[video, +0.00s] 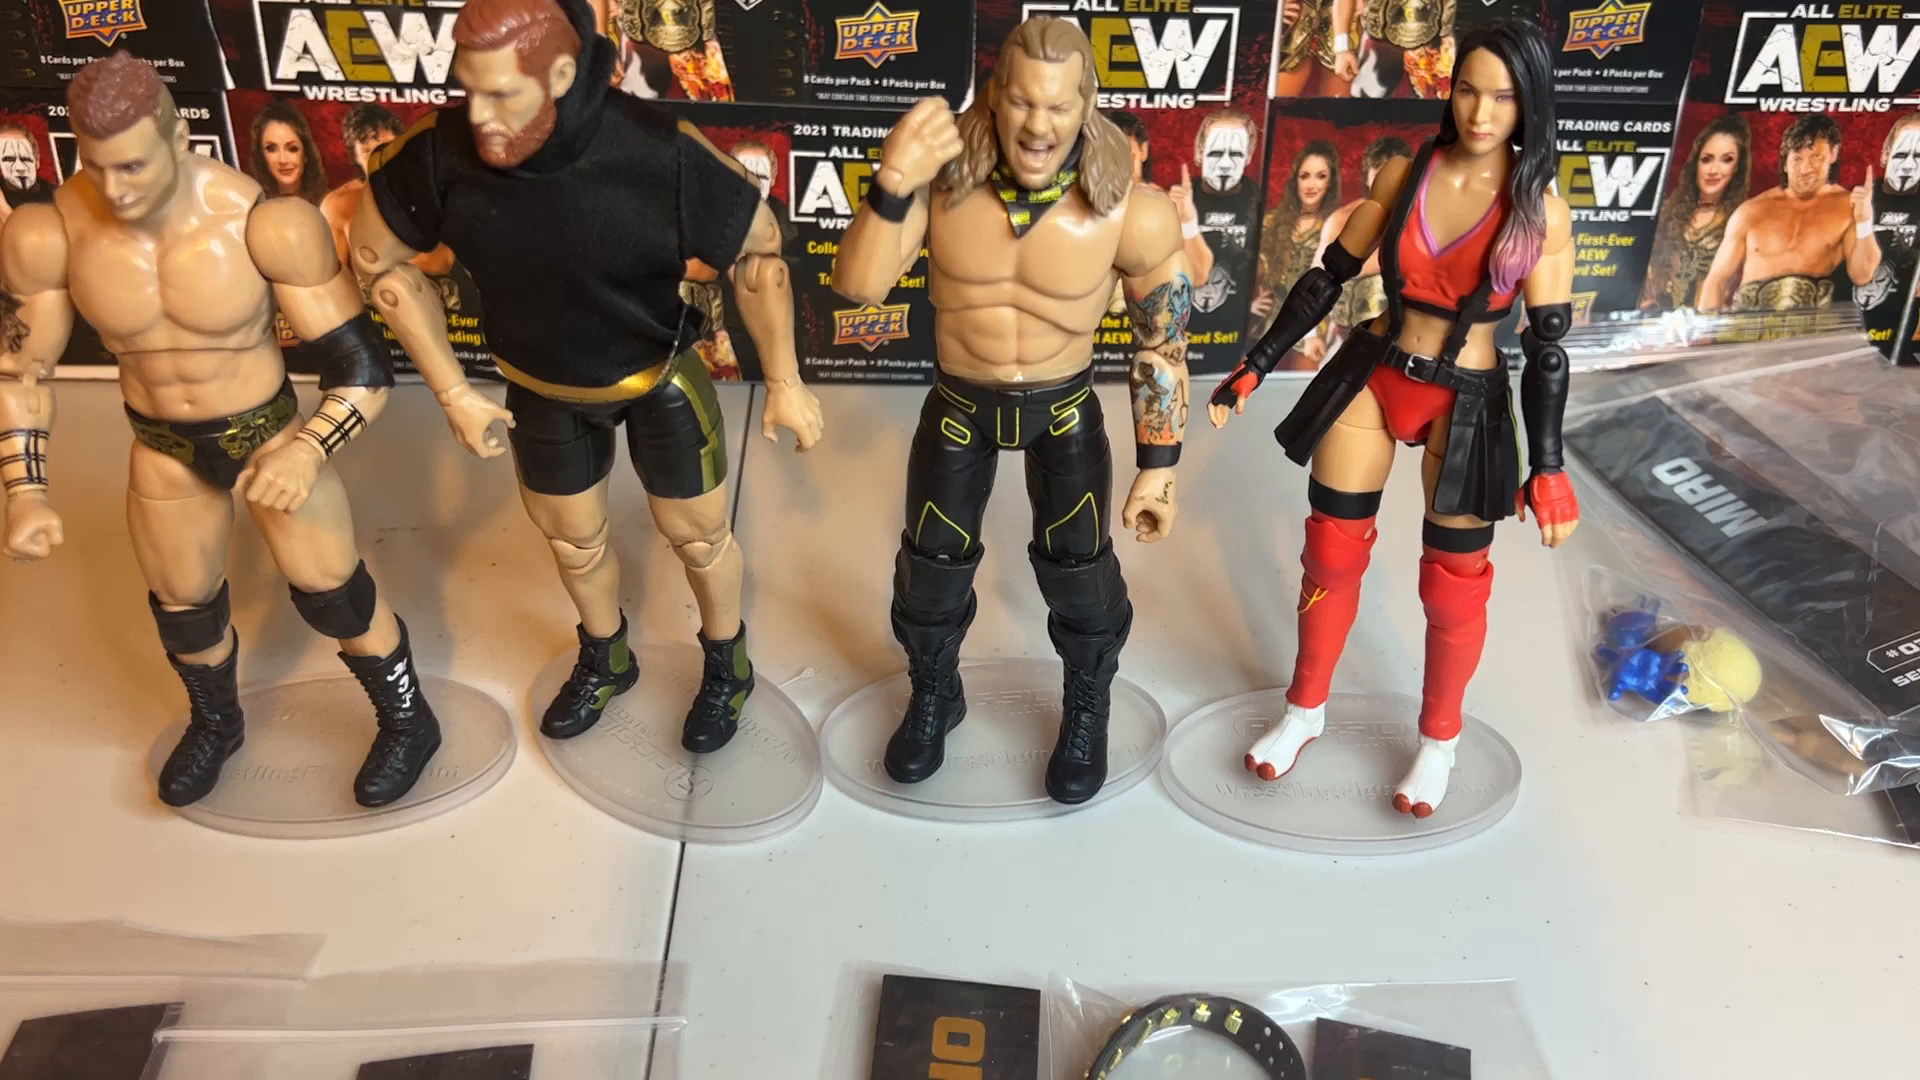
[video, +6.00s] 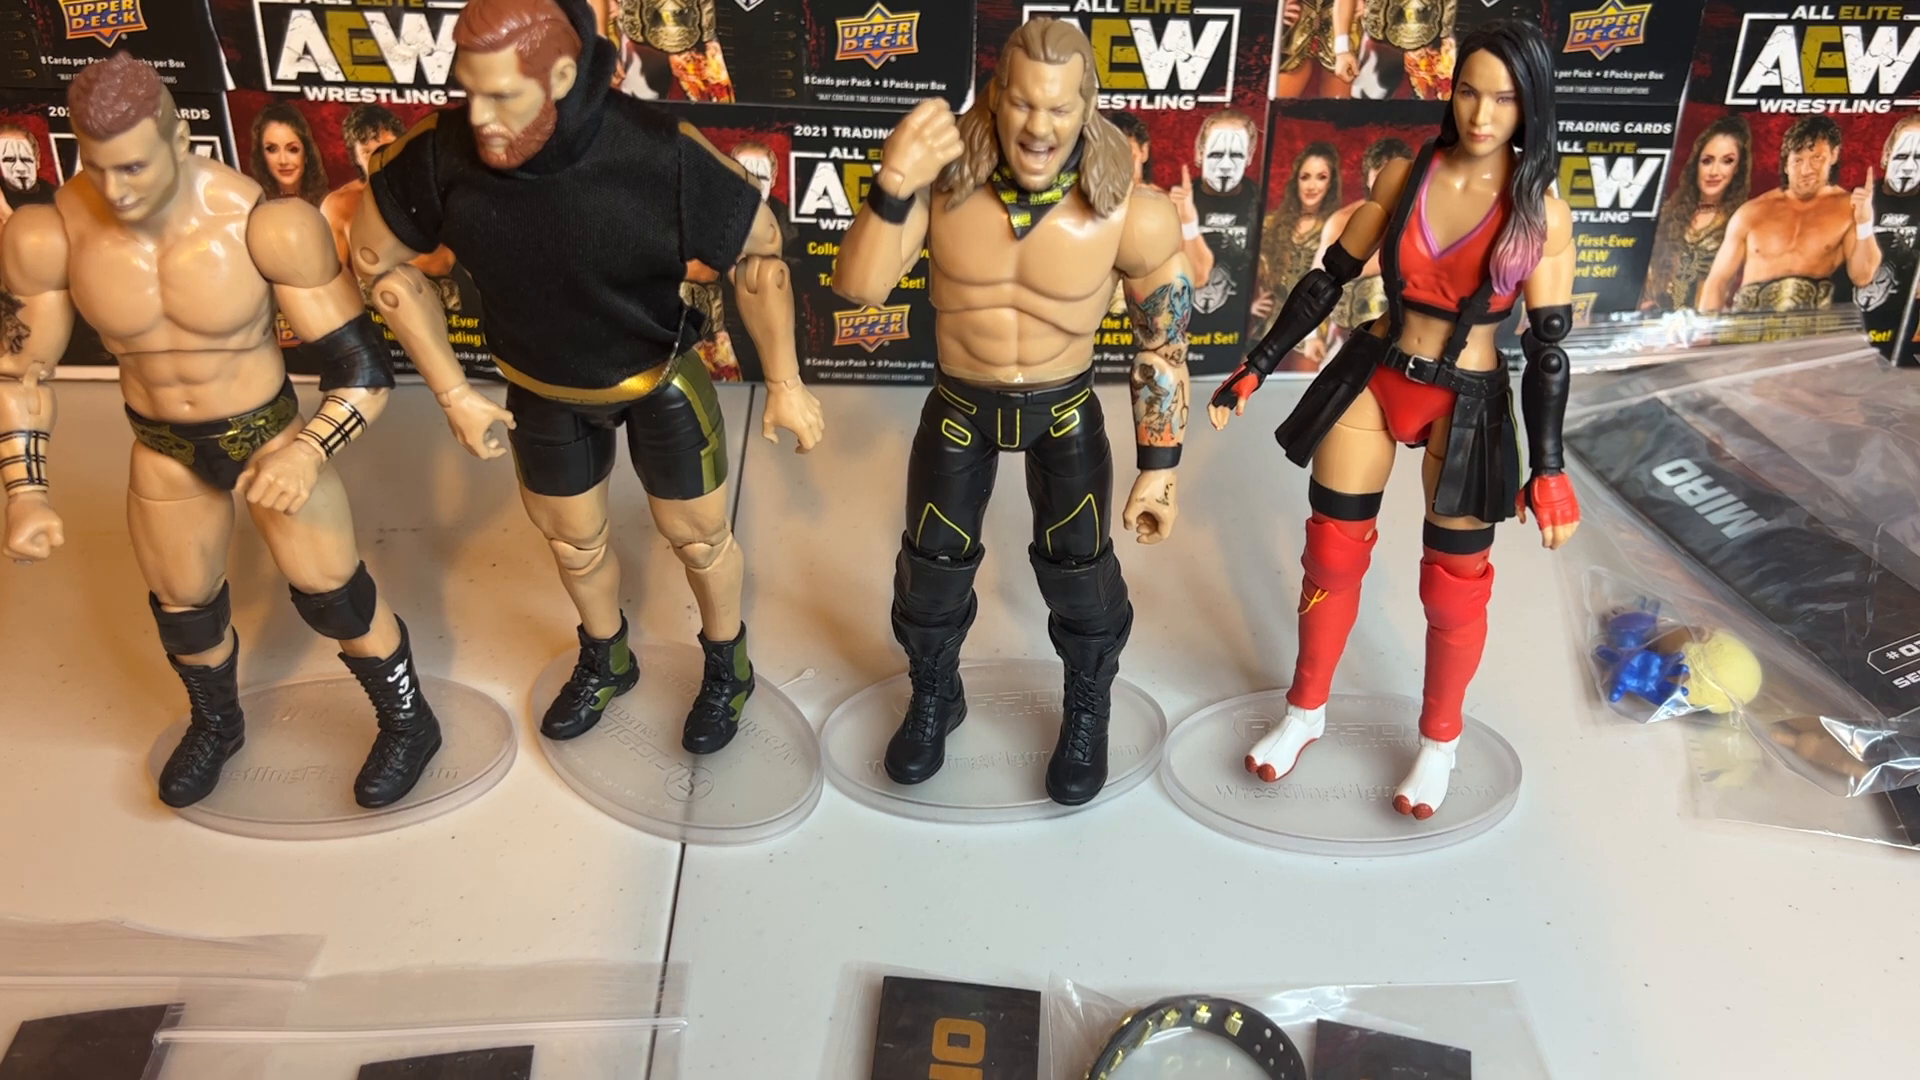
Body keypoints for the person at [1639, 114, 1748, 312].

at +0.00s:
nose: (1714, 170)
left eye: (1727, 160)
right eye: (1706, 159)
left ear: (1738, 167)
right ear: (1695, 163)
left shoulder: (1742, 219)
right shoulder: (1669, 212)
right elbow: (1654, 269)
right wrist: (1648, 300)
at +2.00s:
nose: (1714, 171)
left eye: (1727, 161)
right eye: (1706, 160)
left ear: (1738, 168)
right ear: (1695, 164)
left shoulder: (1742, 219)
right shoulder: (1670, 213)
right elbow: (1655, 267)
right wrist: (1649, 299)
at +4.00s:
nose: (1714, 171)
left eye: (1727, 161)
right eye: (1707, 160)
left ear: (1739, 168)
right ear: (1695, 164)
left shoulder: (1743, 219)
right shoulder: (1670, 212)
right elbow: (1654, 265)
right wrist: (1649, 299)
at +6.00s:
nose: (1714, 171)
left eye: (1727, 161)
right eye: (1707, 160)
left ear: (1739, 168)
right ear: (1695, 164)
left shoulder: (1742, 219)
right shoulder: (1671, 212)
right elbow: (1655, 265)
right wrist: (1649, 299)